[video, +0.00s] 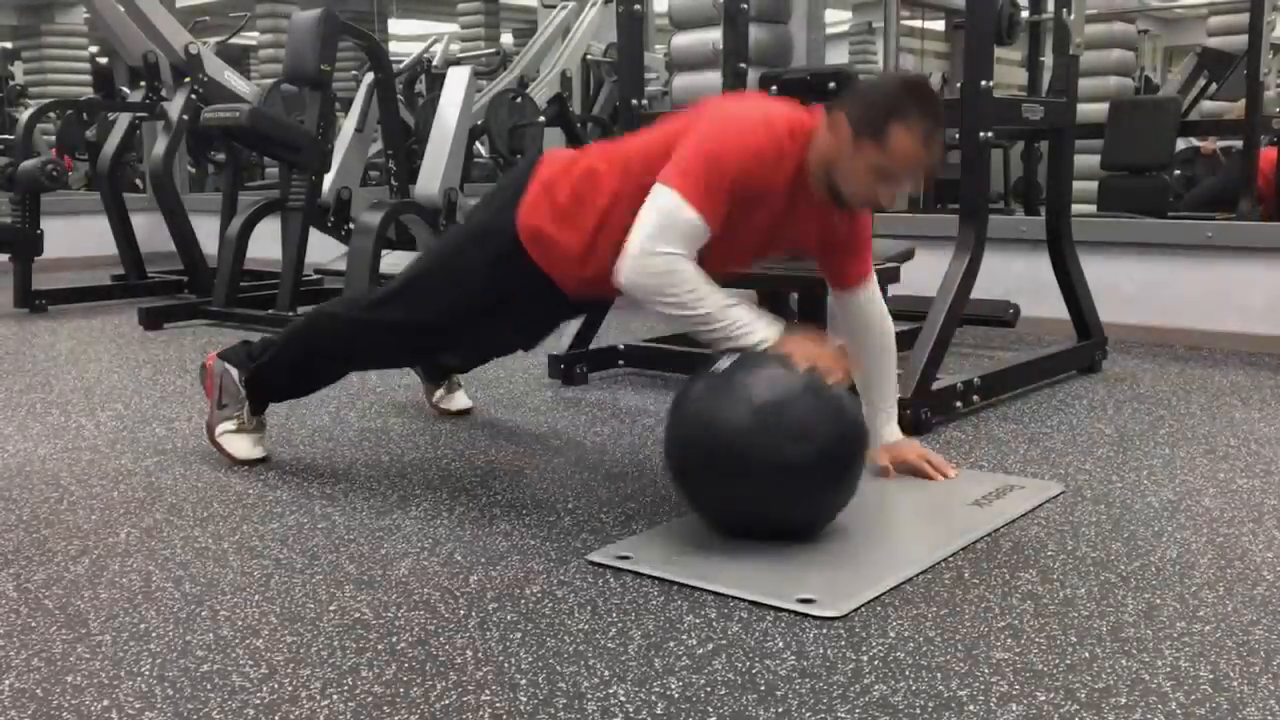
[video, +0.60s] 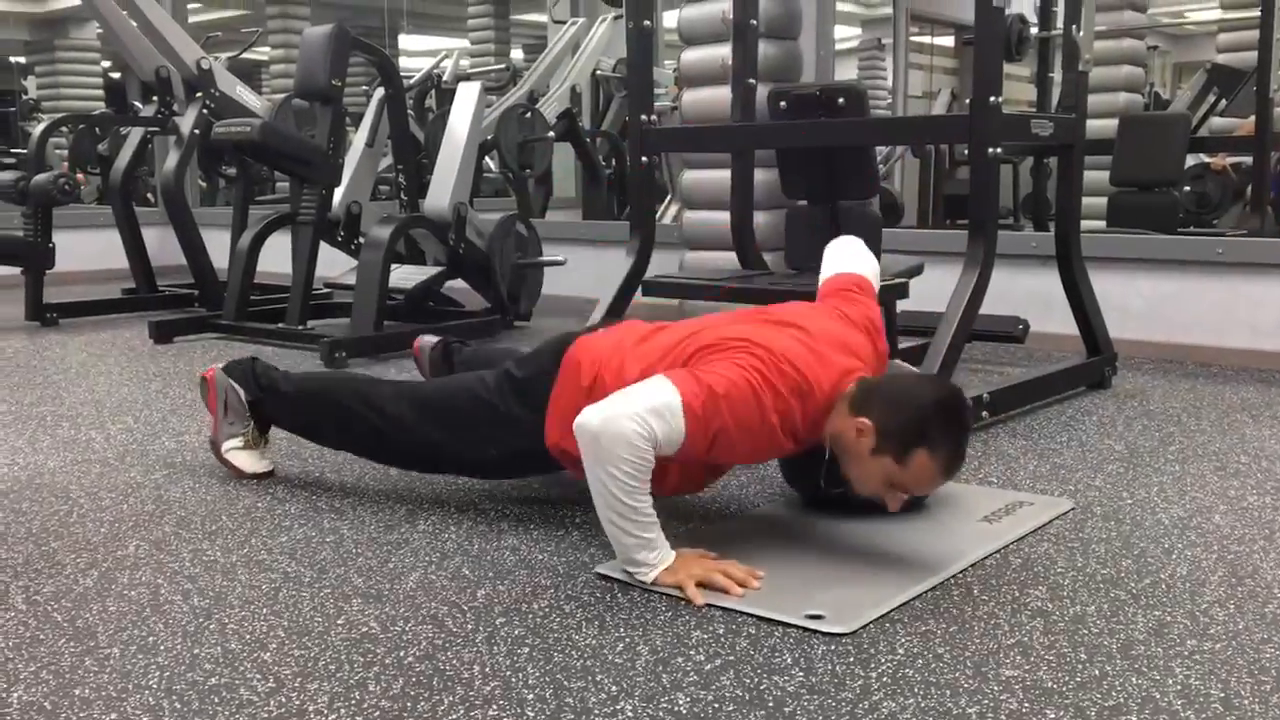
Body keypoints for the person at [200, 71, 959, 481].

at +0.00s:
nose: (889, 199)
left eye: (903, 187)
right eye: (887, 175)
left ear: (890, 169)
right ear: (843, 130)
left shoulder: (841, 203)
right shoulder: (745, 137)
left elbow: (865, 314)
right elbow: (652, 265)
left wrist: (886, 431)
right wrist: (771, 336)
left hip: (594, 269)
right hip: (545, 217)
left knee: (489, 330)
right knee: (404, 317)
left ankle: (435, 363)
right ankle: (242, 375)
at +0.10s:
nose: (861, 148)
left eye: (874, 135)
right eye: (857, 127)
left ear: (872, 112)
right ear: (815, 79)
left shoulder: (826, 141)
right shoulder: (721, 97)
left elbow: (859, 263)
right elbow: (660, 253)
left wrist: (894, 359)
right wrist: (789, 264)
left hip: (592, 246)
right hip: (530, 209)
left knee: (496, 321)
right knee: (397, 322)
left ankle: (432, 368)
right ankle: (240, 377)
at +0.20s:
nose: (854, 166)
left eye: (870, 154)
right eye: (850, 143)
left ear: (869, 131)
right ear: (809, 97)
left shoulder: (815, 129)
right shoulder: (714, 124)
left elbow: (838, 193)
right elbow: (615, 258)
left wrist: (863, 285)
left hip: (591, 259)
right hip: (520, 228)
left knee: (496, 331)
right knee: (393, 331)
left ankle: (435, 366)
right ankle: (238, 378)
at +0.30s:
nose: (872, 245)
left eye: (886, 232)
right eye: (871, 225)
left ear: (862, 188)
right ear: (827, 183)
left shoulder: (820, 173)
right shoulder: (714, 208)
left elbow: (826, 249)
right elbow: (648, 367)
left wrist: (838, 327)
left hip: (584, 277)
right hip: (522, 268)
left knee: (476, 333)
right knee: (388, 347)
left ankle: (431, 371)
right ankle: (234, 380)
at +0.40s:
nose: (890, 373)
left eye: (905, 359)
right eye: (886, 354)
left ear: (885, 303)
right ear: (843, 310)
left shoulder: (846, 249)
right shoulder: (741, 298)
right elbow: (612, 401)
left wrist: (807, 346)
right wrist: (649, 549)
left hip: (578, 272)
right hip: (534, 318)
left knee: (425, 338)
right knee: (385, 370)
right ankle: (236, 386)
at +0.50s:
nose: (890, 463)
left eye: (906, 451)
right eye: (889, 447)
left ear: (878, 378)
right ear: (848, 397)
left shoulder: (853, 310)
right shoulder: (749, 369)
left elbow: (840, 234)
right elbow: (611, 424)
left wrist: (826, 330)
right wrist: (652, 554)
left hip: (599, 323)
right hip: (555, 373)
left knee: (447, 368)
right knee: (402, 407)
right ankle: (240, 387)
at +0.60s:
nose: (893, 503)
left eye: (909, 497)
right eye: (895, 490)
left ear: (894, 401)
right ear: (859, 432)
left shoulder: (860, 335)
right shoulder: (763, 391)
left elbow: (846, 250)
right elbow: (614, 433)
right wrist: (653, 558)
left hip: (618, 349)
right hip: (564, 396)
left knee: (519, 356)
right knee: (406, 422)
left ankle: (441, 352)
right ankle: (249, 386)